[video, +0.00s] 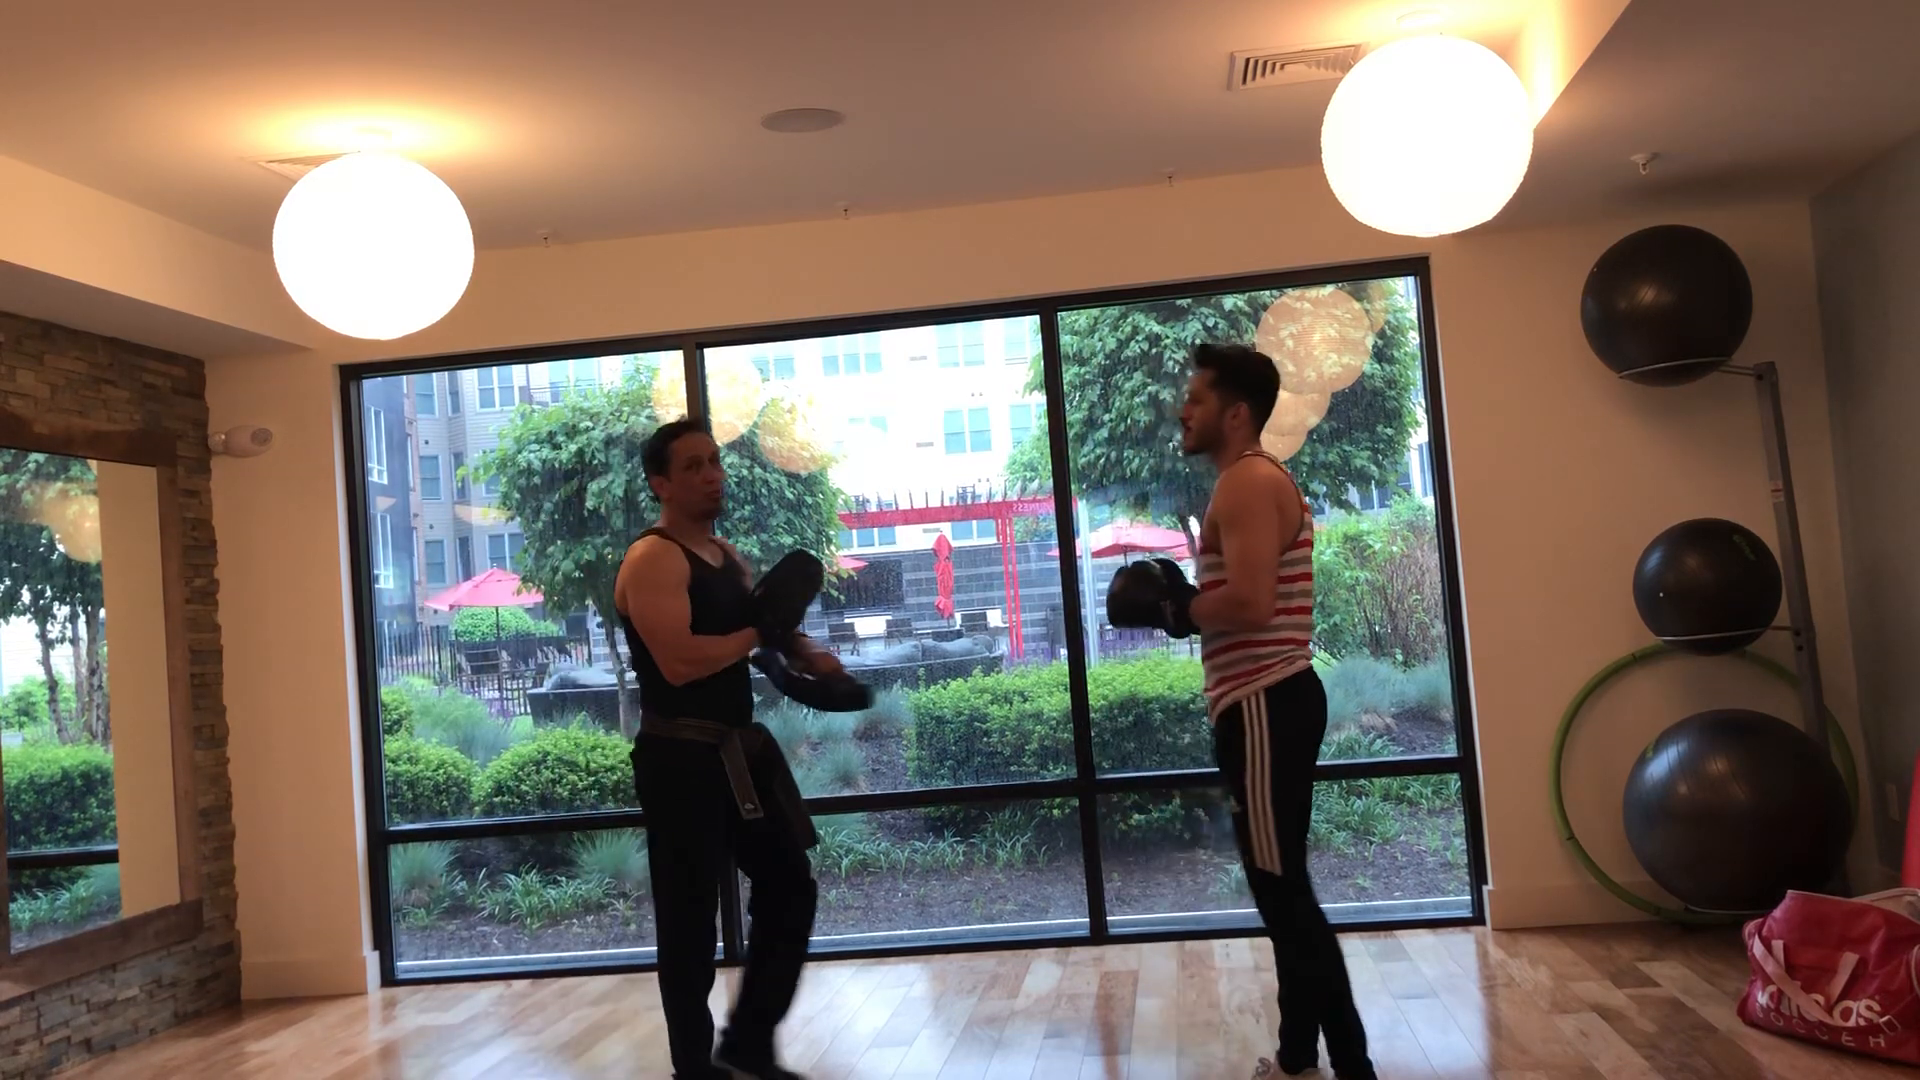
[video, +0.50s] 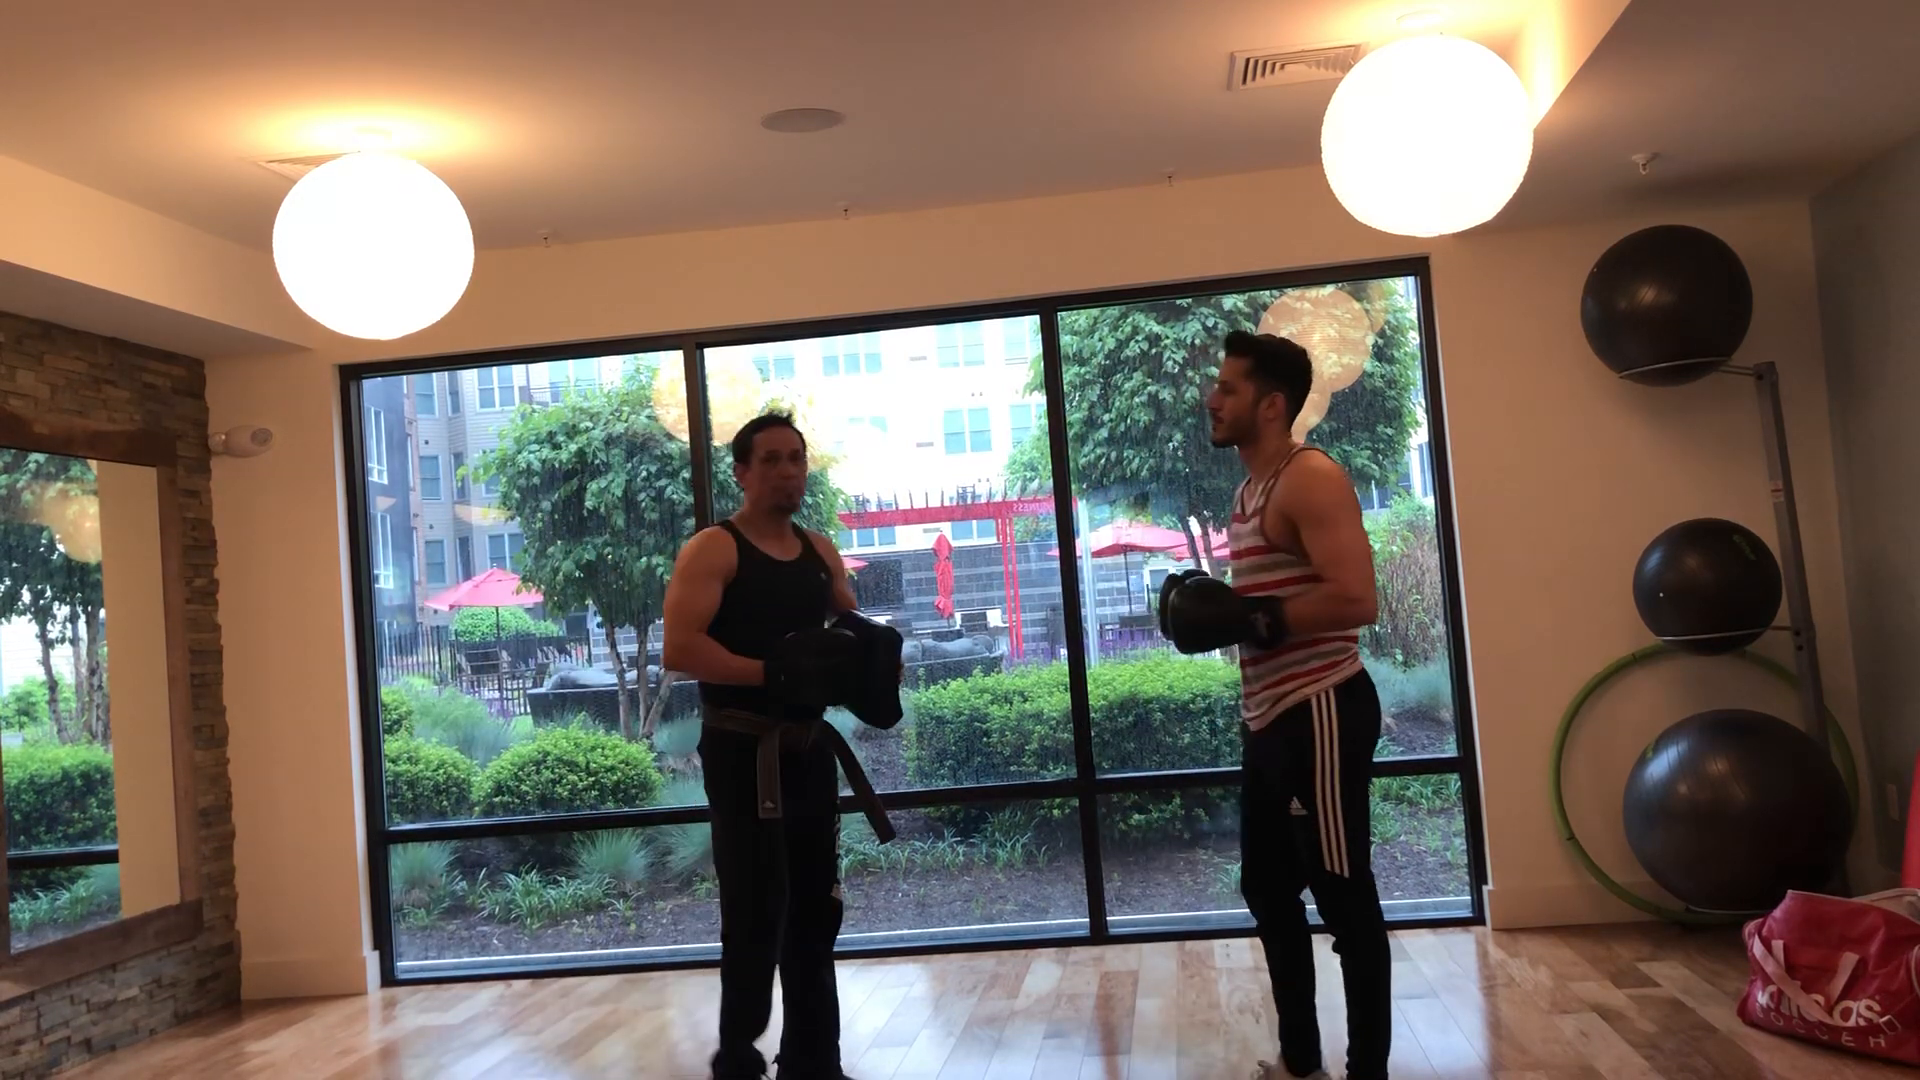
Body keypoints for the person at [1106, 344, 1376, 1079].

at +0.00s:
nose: (1182, 411)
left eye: (1195, 398)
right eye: (1185, 397)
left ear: (1237, 410)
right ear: (1238, 413)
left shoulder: (1248, 482)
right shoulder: (1261, 481)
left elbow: (1248, 604)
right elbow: (1255, 601)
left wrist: (1168, 608)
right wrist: (1178, 598)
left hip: (1266, 702)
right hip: (1268, 698)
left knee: (1280, 885)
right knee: (1275, 883)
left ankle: (1353, 1065)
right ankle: (1297, 1054)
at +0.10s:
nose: (1190, 406)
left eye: (1205, 393)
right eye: (1194, 392)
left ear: (1247, 406)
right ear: (1242, 408)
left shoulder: (1263, 479)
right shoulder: (1253, 480)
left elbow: (1265, 601)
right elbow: (1256, 598)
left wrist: (1180, 607)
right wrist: (1185, 600)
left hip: (1279, 700)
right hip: (1259, 701)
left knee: (1300, 879)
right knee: (1271, 878)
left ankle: (1358, 1066)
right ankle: (1298, 1052)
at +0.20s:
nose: (1197, 404)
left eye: (1212, 392)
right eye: (1201, 391)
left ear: (1256, 404)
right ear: (1248, 406)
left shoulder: (1279, 479)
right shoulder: (1258, 483)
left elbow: (1286, 599)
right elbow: (1267, 599)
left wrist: (1196, 605)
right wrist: (1194, 600)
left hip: (1293, 701)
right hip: (1263, 706)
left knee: (1320, 883)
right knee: (1267, 883)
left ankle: (1362, 1068)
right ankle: (1296, 1057)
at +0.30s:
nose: (1202, 403)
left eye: (1218, 392)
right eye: (1207, 390)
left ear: (1263, 405)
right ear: (1251, 407)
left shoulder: (1293, 481)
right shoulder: (1258, 490)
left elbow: (1311, 601)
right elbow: (1276, 599)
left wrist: (1213, 614)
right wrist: (1204, 605)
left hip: (1309, 702)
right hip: (1268, 709)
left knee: (1333, 887)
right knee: (1259, 883)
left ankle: (1366, 1067)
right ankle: (1293, 1054)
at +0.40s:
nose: (1206, 402)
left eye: (1221, 390)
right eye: (1210, 388)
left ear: (1268, 402)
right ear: (1253, 403)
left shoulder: (1303, 480)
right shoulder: (1256, 491)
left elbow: (1335, 602)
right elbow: (1277, 599)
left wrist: (1228, 617)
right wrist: (1211, 605)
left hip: (1318, 703)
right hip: (1270, 709)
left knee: (1338, 888)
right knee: (1262, 884)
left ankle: (1367, 1067)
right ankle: (1291, 1054)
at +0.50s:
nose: (1211, 400)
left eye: (1226, 389)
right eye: (1214, 387)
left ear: (1273, 401)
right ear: (1257, 402)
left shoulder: (1312, 477)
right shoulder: (1252, 491)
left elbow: (1358, 600)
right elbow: (1278, 595)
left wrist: (1245, 617)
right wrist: (1216, 605)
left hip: (1325, 703)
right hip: (1271, 709)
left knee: (1344, 891)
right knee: (1268, 889)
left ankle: (1367, 1069)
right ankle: (1300, 1060)